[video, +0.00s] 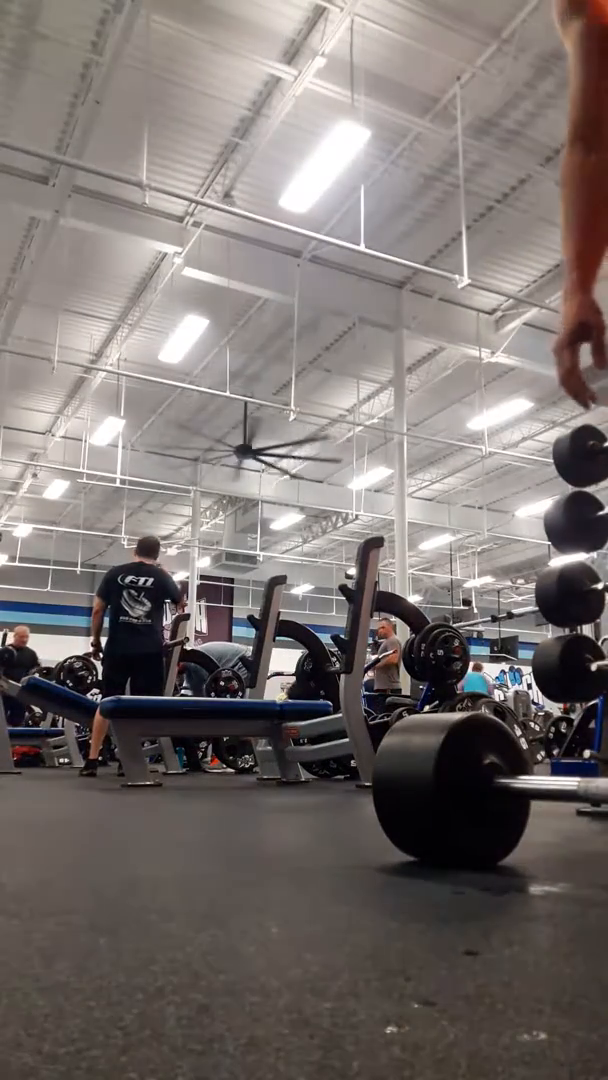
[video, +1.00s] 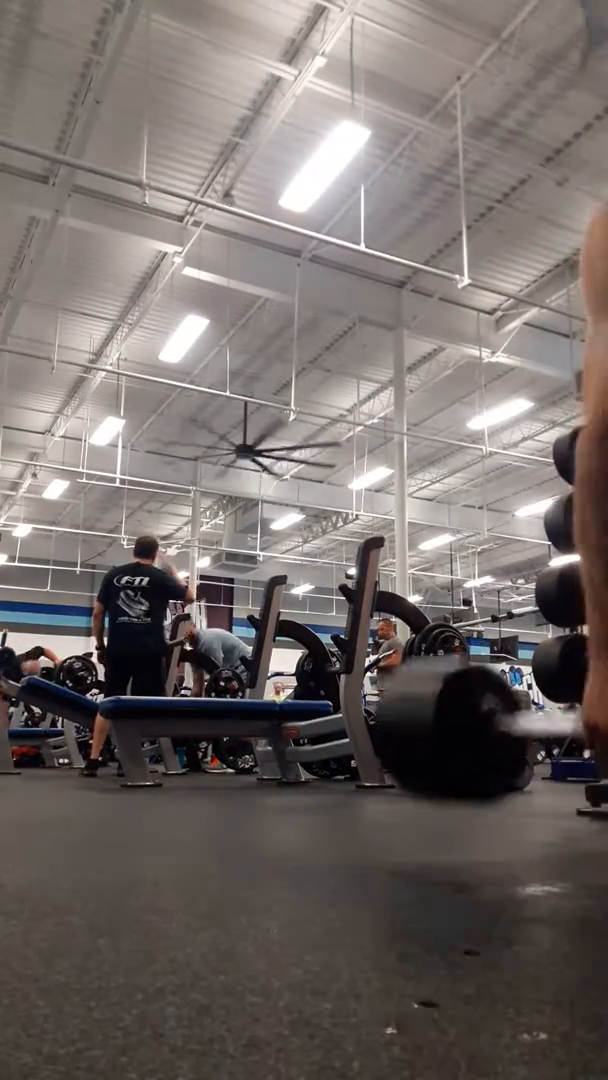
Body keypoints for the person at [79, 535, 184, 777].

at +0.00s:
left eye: (138, 550)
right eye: (155, 556)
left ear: (135, 552)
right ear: (157, 556)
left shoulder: (116, 572)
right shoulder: (161, 577)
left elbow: (98, 610)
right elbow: (180, 602)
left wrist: (95, 640)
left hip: (117, 650)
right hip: (149, 652)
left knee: (107, 703)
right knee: (144, 706)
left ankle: (92, 759)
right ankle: (132, 763)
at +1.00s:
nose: (158, 557)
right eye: (158, 554)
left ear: (133, 553)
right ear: (155, 555)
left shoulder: (114, 574)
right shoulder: (161, 578)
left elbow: (98, 612)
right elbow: (189, 596)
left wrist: (99, 645)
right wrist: (180, 577)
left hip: (118, 648)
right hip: (149, 650)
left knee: (109, 702)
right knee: (150, 704)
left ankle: (93, 758)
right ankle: (138, 763)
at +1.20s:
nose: (155, 558)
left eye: (153, 555)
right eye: (155, 555)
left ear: (130, 554)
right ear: (152, 555)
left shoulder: (112, 575)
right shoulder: (156, 577)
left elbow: (96, 613)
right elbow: (180, 601)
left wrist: (99, 647)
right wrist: (188, 612)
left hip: (115, 649)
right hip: (146, 650)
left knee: (106, 703)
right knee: (146, 706)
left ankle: (90, 758)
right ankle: (137, 765)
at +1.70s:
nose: (152, 564)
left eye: (151, 562)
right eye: (152, 561)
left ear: (128, 555)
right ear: (149, 560)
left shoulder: (106, 575)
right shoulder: (151, 578)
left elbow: (90, 613)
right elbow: (164, 608)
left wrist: (93, 645)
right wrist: (157, 621)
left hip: (108, 650)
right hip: (138, 651)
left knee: (101, 704)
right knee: (137, 705)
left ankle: (88, 759)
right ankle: (129, 762)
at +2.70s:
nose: (123, 563)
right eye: (126, 560)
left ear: (105, 558)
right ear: (126, 559)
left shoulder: (89, 577)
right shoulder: (131, 577)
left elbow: (76, 612)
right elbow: (142, 609)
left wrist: (96, 610)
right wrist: (139, 629)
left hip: (92, 650)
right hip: (121, 651)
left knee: (90, 703)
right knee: (118, 705)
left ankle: (86, 760)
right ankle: (113, 761)